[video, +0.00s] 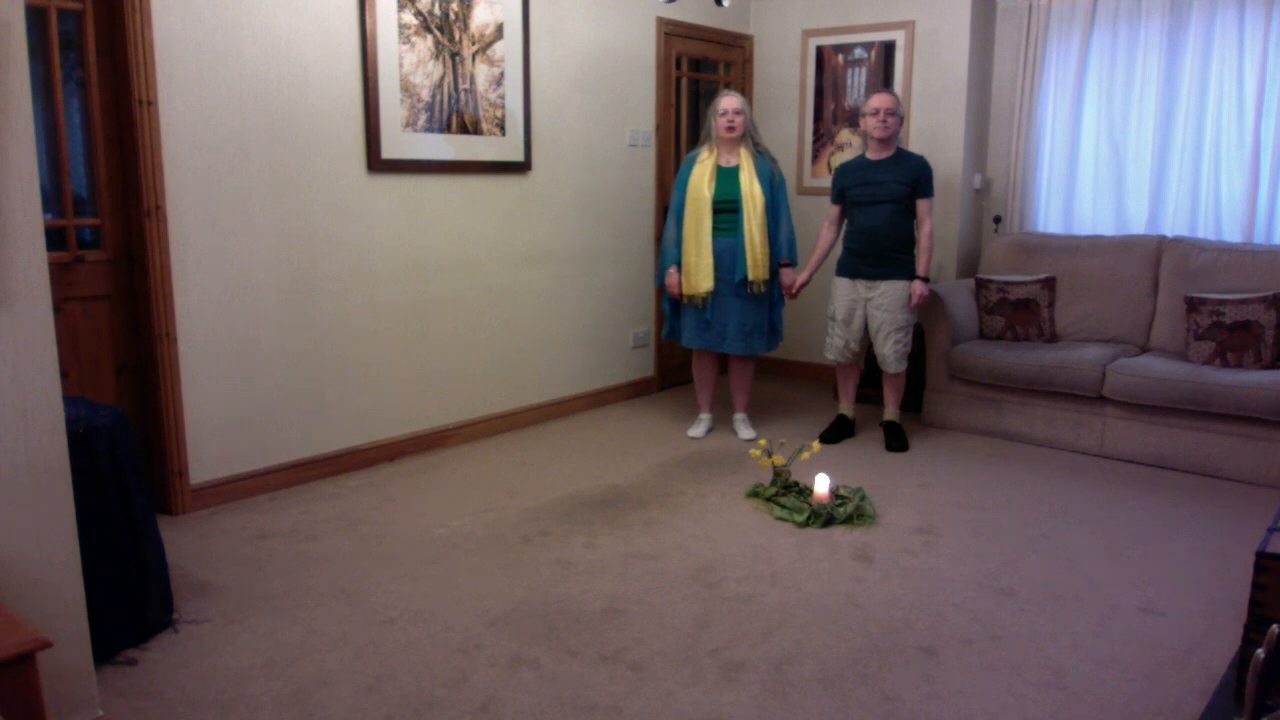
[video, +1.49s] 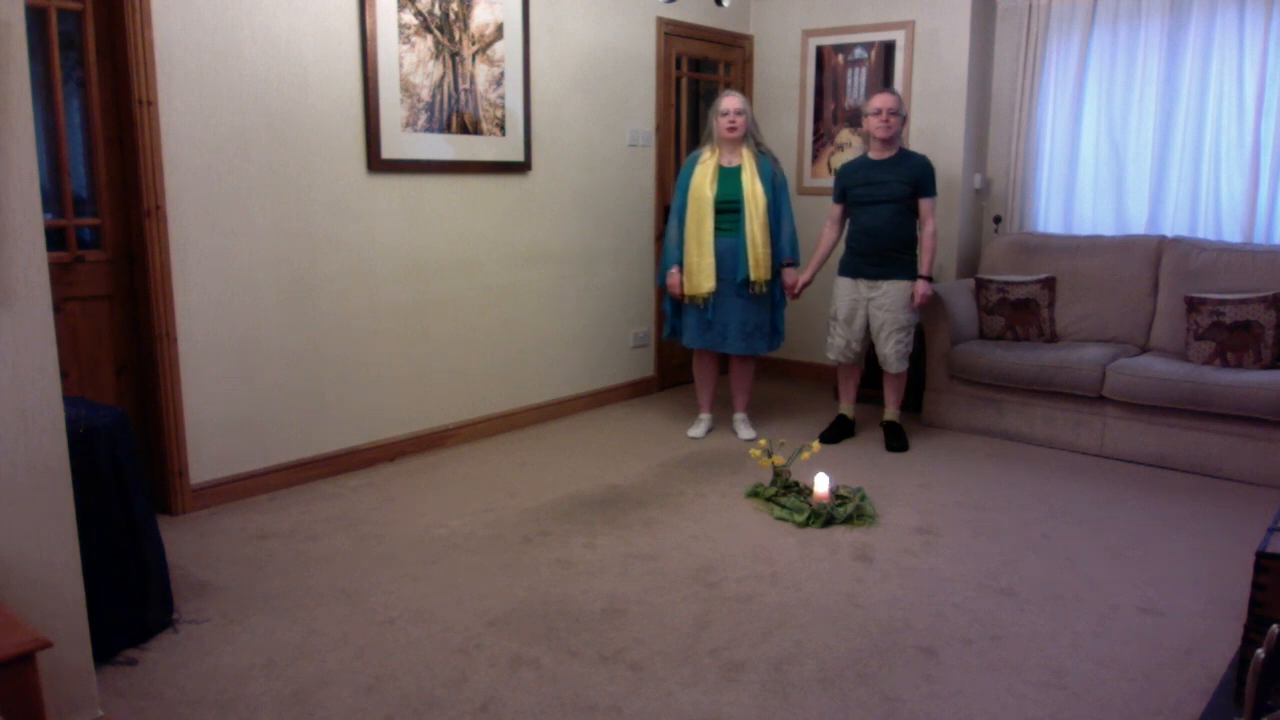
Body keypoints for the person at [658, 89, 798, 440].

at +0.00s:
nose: (730, 119)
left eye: (737, 113)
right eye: (723, 113)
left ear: (747, 119)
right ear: (713, 120)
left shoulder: (764, 164)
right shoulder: (694, 163)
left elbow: (780, 216)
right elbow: (675, 218)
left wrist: (785, 264)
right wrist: (671, 266)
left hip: (750, 269)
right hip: (702, 269)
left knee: (743, 345)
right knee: (703, 343)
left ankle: (741, 414)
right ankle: (705, 413)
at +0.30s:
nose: (730, 119)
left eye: (737, 113)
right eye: (723, 113)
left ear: (748, 119)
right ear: (713, 120)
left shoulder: (764, 164)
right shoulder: (694, 164)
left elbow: (781, 216)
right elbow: (675, 218)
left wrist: (785, 264)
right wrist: (671, 266)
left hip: (750, 269)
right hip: (702, 269)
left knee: (743, 345)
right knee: (703, 343)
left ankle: (741, 414)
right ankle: (705, 413)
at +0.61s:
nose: (730, 119)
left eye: (737, 113)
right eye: (723, 113)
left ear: (748, 119)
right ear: (713, 120)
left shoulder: (764, 164)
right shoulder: (694, 164)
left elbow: (781, 216)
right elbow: (676, 218)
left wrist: (786, 264)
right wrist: (672, 265)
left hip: (750, 269)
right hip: (702, 269)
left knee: (743, 345)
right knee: (703, 343)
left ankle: (741, 414)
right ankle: (705, 413)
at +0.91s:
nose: (731, 119)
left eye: (737, 113)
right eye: (724, 114)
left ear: (748, 119)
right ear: (713, 120)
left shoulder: (764, 164)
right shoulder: (694, 163)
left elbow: (781, 216)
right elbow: (676, 218)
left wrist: (786, 264)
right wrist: (672, 265)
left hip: (750, 269)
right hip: (702, 269)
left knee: (743, 344)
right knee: (703, 343)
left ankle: (741, 414)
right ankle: (705, 413)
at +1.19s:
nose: (731, 119)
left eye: (738, 113)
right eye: (724, 114)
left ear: (748, 119)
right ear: (713, 120)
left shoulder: (765, 164)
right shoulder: (695, 163)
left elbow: (781, 216)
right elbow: (676, 218)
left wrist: (787, 264)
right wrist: (672, 266)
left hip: (750, 269)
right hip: (702, 269)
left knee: (744, 345)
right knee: (703, 343)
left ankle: (741, 414)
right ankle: (704, 413)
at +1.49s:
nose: (732, 119)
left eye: (739, 114)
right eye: (725, 114)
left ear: (749, 119)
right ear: (714, 120)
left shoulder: (765, 164)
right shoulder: (695, 164)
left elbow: (782, 216)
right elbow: (677, 218)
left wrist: (788, 264)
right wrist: (673, 266)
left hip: (751, 268)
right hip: (703, 269)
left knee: (744, 344)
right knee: (704, 343)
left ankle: (740, 414)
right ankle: (704, 413)